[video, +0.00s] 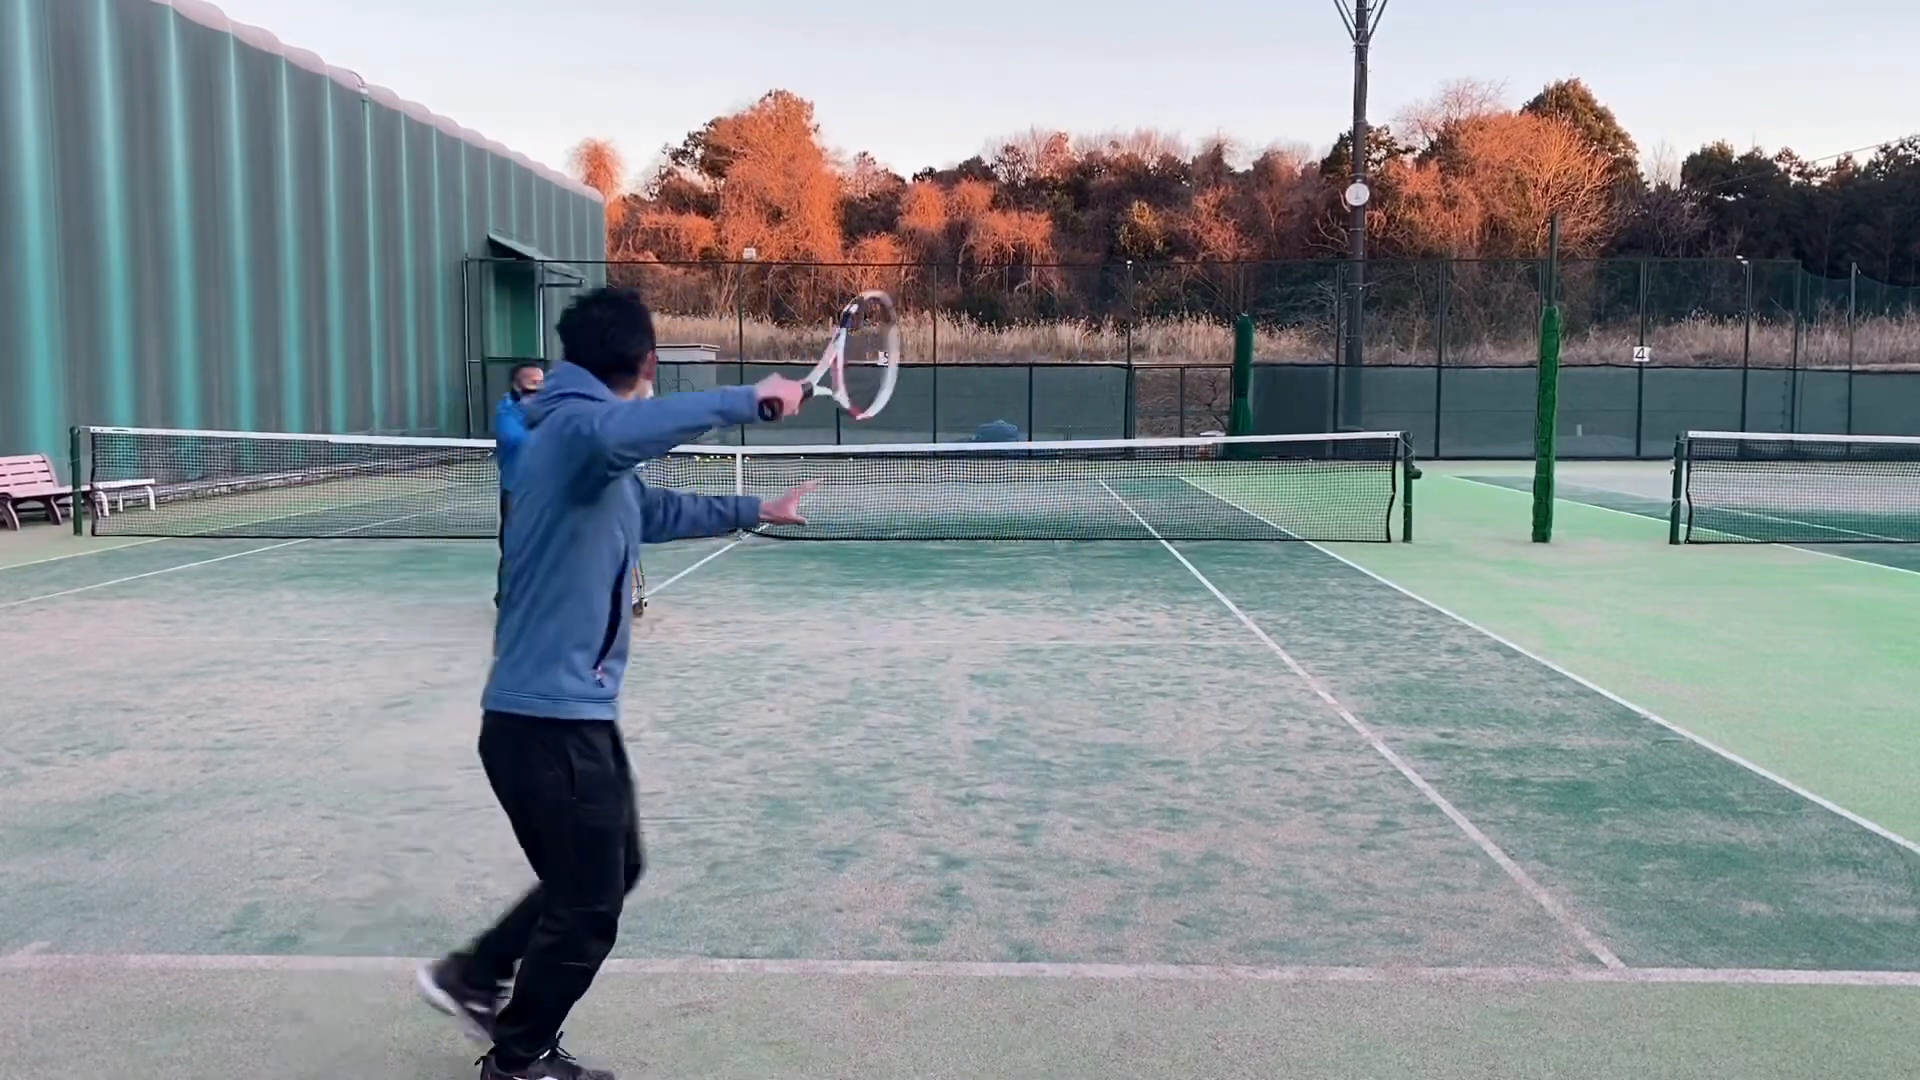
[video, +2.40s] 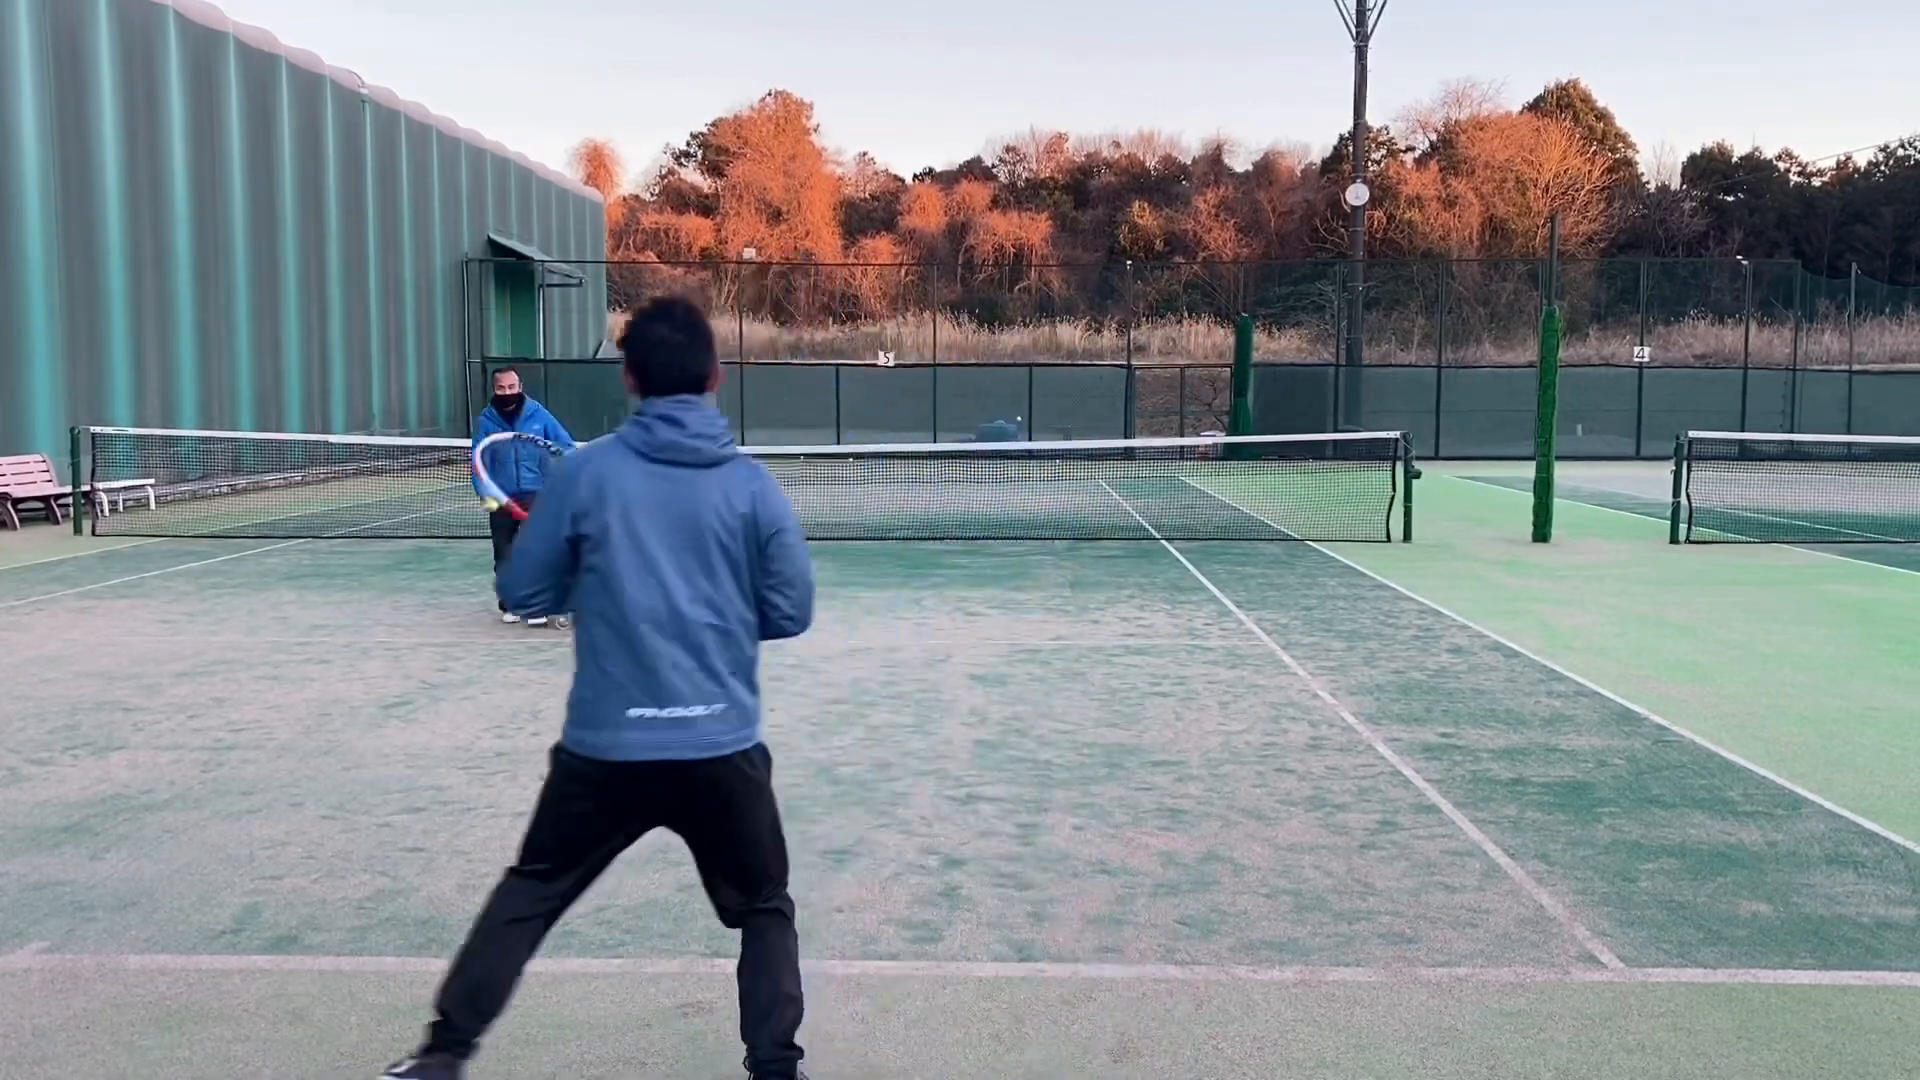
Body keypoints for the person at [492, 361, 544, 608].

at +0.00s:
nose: (537, 386)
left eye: (540, 381)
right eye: (531, 381)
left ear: (544, 382)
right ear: (517, 383)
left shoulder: (549, 405)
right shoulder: (507, 408)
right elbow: (513, 437)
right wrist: (543, 441)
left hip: (545, 487)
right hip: (515, 487)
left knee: (541, 545)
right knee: (512, 545)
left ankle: (538, 597)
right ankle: (507, 595)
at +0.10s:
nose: (541, 388)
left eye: (543, 383)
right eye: (535, 383)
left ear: (546, 384)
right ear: (520, 385)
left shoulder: (552, 415)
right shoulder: (508, 415)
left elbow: (564, 448)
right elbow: (518, 453)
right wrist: (559, 457)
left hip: (548, 491)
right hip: (518, 492)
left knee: (544, 553)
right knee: (514, 551)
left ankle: (537, 605)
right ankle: (506, 602)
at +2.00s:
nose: (523, 389)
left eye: (527, 384)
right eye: (517, 384)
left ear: (535, 385)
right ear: (508, 387)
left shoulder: (549, 415)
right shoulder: (498, 418)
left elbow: (571, 449)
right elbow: (498, 460)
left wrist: (566, 473)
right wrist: (524, 472)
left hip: (543, 495)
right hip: (511, 496)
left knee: (544, 554)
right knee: (511, 553)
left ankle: (540, 607)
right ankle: (512, 602)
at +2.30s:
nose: (510, 391)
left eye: (515, 386)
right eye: (505, 387)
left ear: (524, 387)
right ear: (497, 389)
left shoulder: (541, 415)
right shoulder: (490, 419)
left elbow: (568, 448)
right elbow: (484, 457)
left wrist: (566, 476)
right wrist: (494, 484)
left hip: (536, 496)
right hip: (503, 497)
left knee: (537, 553)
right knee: (505, 555)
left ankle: (539, 605)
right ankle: (511, 603)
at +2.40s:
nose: (507, 392)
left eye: (512, 387)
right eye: (501, 388)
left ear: (520, 387)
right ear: (494, 389)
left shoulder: (539, 415)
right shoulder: (486, 420)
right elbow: (478, 461)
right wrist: (486, 494)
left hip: (538, 494)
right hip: (501, 496)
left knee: (538, 547)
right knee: (503, 552)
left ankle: (539, 605)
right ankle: (509, 605)